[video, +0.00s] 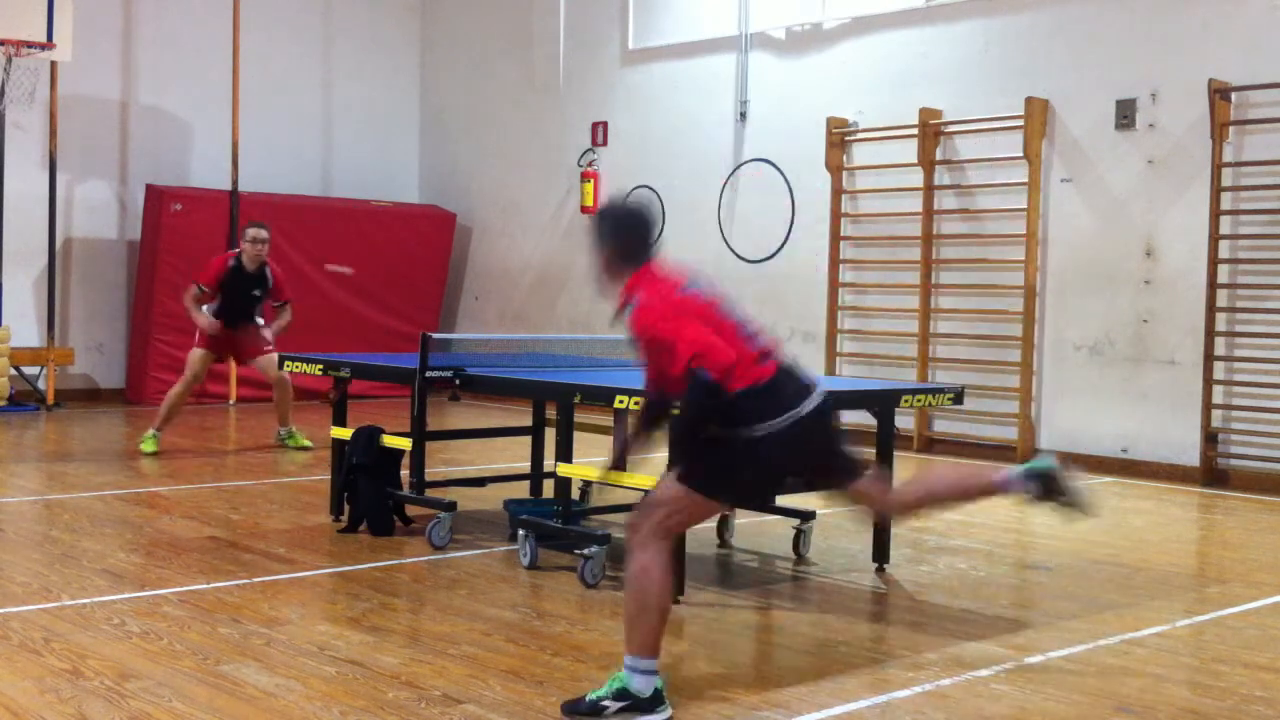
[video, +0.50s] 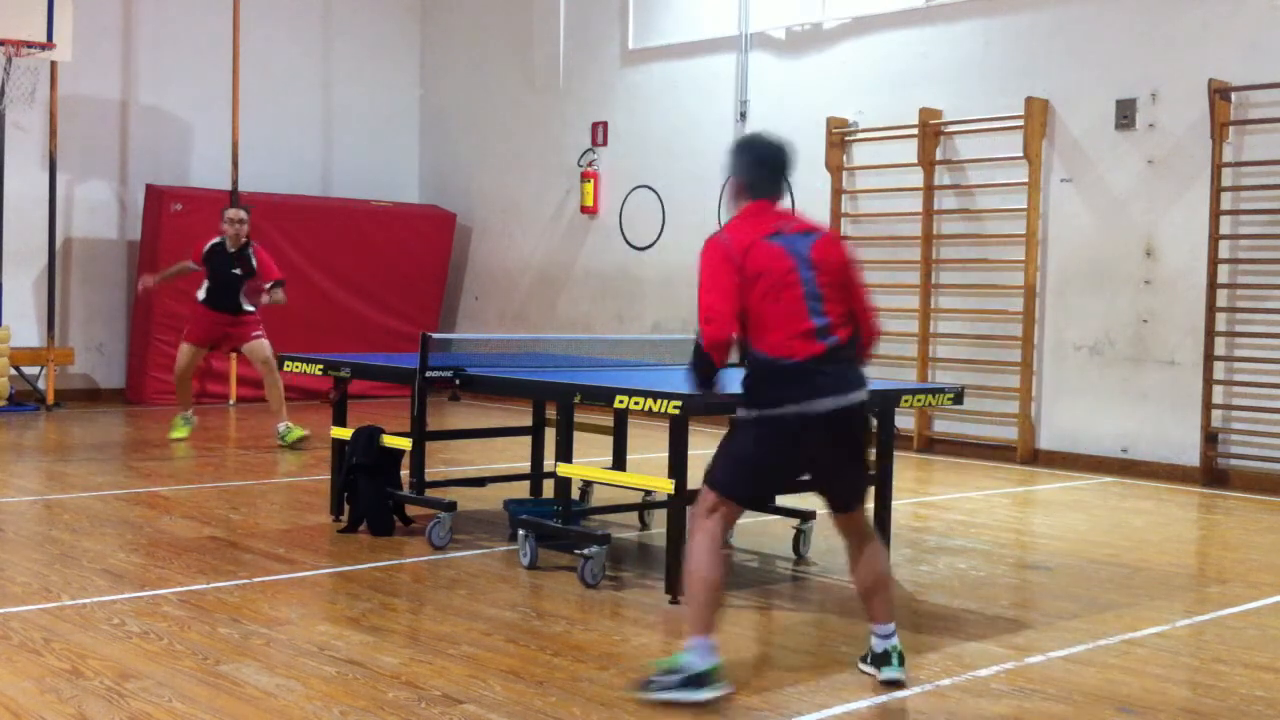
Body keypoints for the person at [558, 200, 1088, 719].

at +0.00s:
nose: (594, 261)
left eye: (596, 249)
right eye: (597, 248)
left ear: (609, 254)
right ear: (642, 244)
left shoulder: (649, 303)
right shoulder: (670, 283)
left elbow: (680, 373)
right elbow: (668, 373)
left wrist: (644, 433)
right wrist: (642, 421)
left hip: (749, 433)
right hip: (801, 415)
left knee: (648, 527)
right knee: (886, 499)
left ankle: (639, 685)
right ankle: (1026, 476)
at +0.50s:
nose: (725, 188)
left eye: (727, 181)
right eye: (729, 181)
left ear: (735, 184)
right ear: (784, 185)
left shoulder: (727, 244)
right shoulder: (825, 239)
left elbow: (718, 331)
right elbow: (864, 326)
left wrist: (703, 371)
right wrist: (835, 369)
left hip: (778, 413)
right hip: (844, 409)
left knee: (710, 515)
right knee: (856, 524)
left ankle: (697, 657)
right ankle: (887, 649)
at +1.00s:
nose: (954, 221)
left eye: (940, 209)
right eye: (954, 212)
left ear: (906, 212)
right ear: (951, 218)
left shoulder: (869, 267)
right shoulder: (939, 279)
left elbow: (869, 355)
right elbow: (949, 380)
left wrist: (949, 373)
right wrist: (1008, 451)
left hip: (831, 435)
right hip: (897, 434)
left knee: (813, 531)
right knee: (988, 531)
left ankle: (744, 645)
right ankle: (1009, 677)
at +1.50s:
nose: (954, 128)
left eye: (955, 121)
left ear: (954, 128)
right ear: (1007, 131)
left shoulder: (932, 186)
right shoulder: (1031, 187)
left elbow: (873, 268)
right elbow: (1081, 220)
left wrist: (892, 300)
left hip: (951, 351)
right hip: (1026, 350)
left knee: (901, 410)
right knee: (1036, 459)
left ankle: (893, 510)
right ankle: (1072, 519)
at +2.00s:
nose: (876, 310)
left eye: (880, 300)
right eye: (876, 300)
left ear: (901, 304)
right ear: (913, 302)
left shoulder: (959, 341)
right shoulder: (935, 343)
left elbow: (1016, 426)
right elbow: (955, 413)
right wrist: (919, 460)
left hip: (1056, 434)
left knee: (954, 512)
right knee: (994, 528)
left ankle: (987, 636)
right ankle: (1084, 614)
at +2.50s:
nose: (889, 192)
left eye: (893, 185)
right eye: (894, 185)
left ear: (902, 194)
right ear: (945, 201)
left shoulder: (869, 251)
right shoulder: (969, 263)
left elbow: (806, 323)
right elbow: (990, 353)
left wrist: (819, 356)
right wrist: (985, 382)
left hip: (875, 420)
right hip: (947, 418)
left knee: (820, 504)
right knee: (983, 505)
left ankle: (804, 629)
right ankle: (1017, 622)